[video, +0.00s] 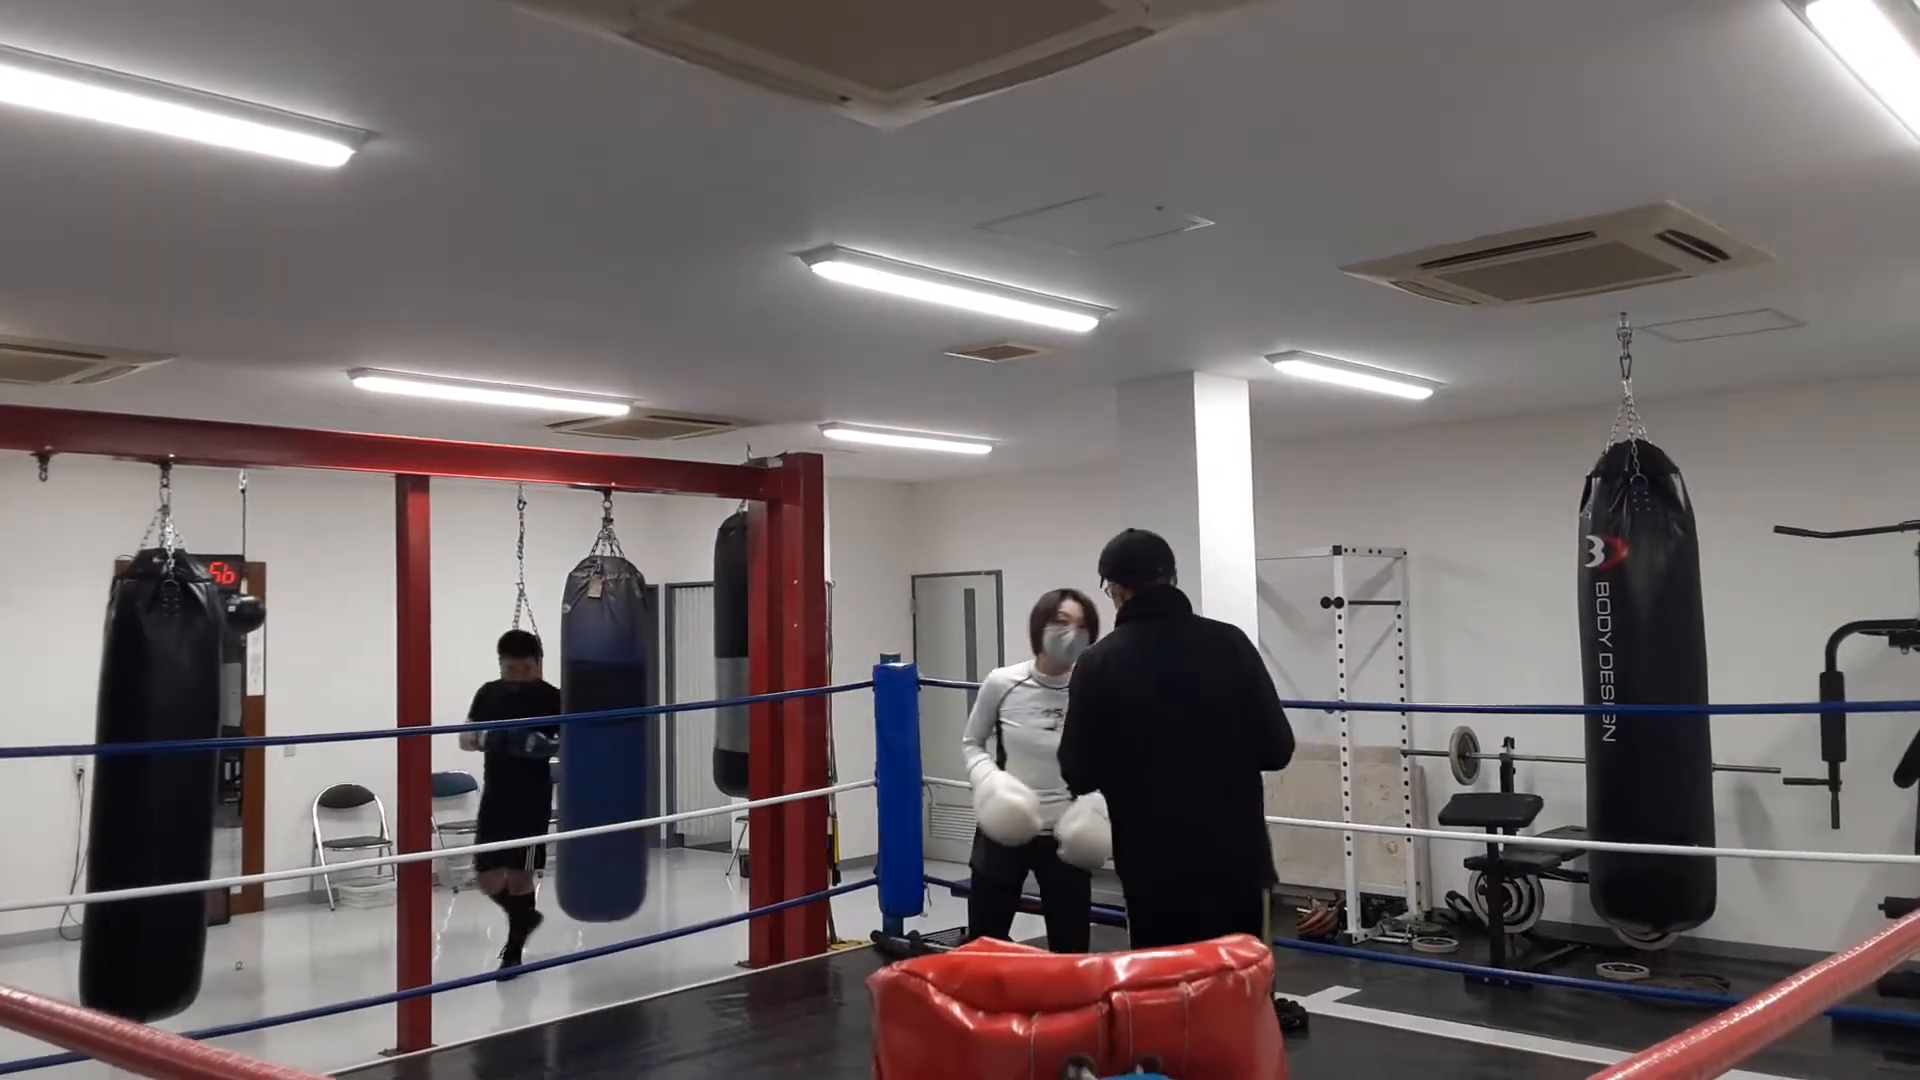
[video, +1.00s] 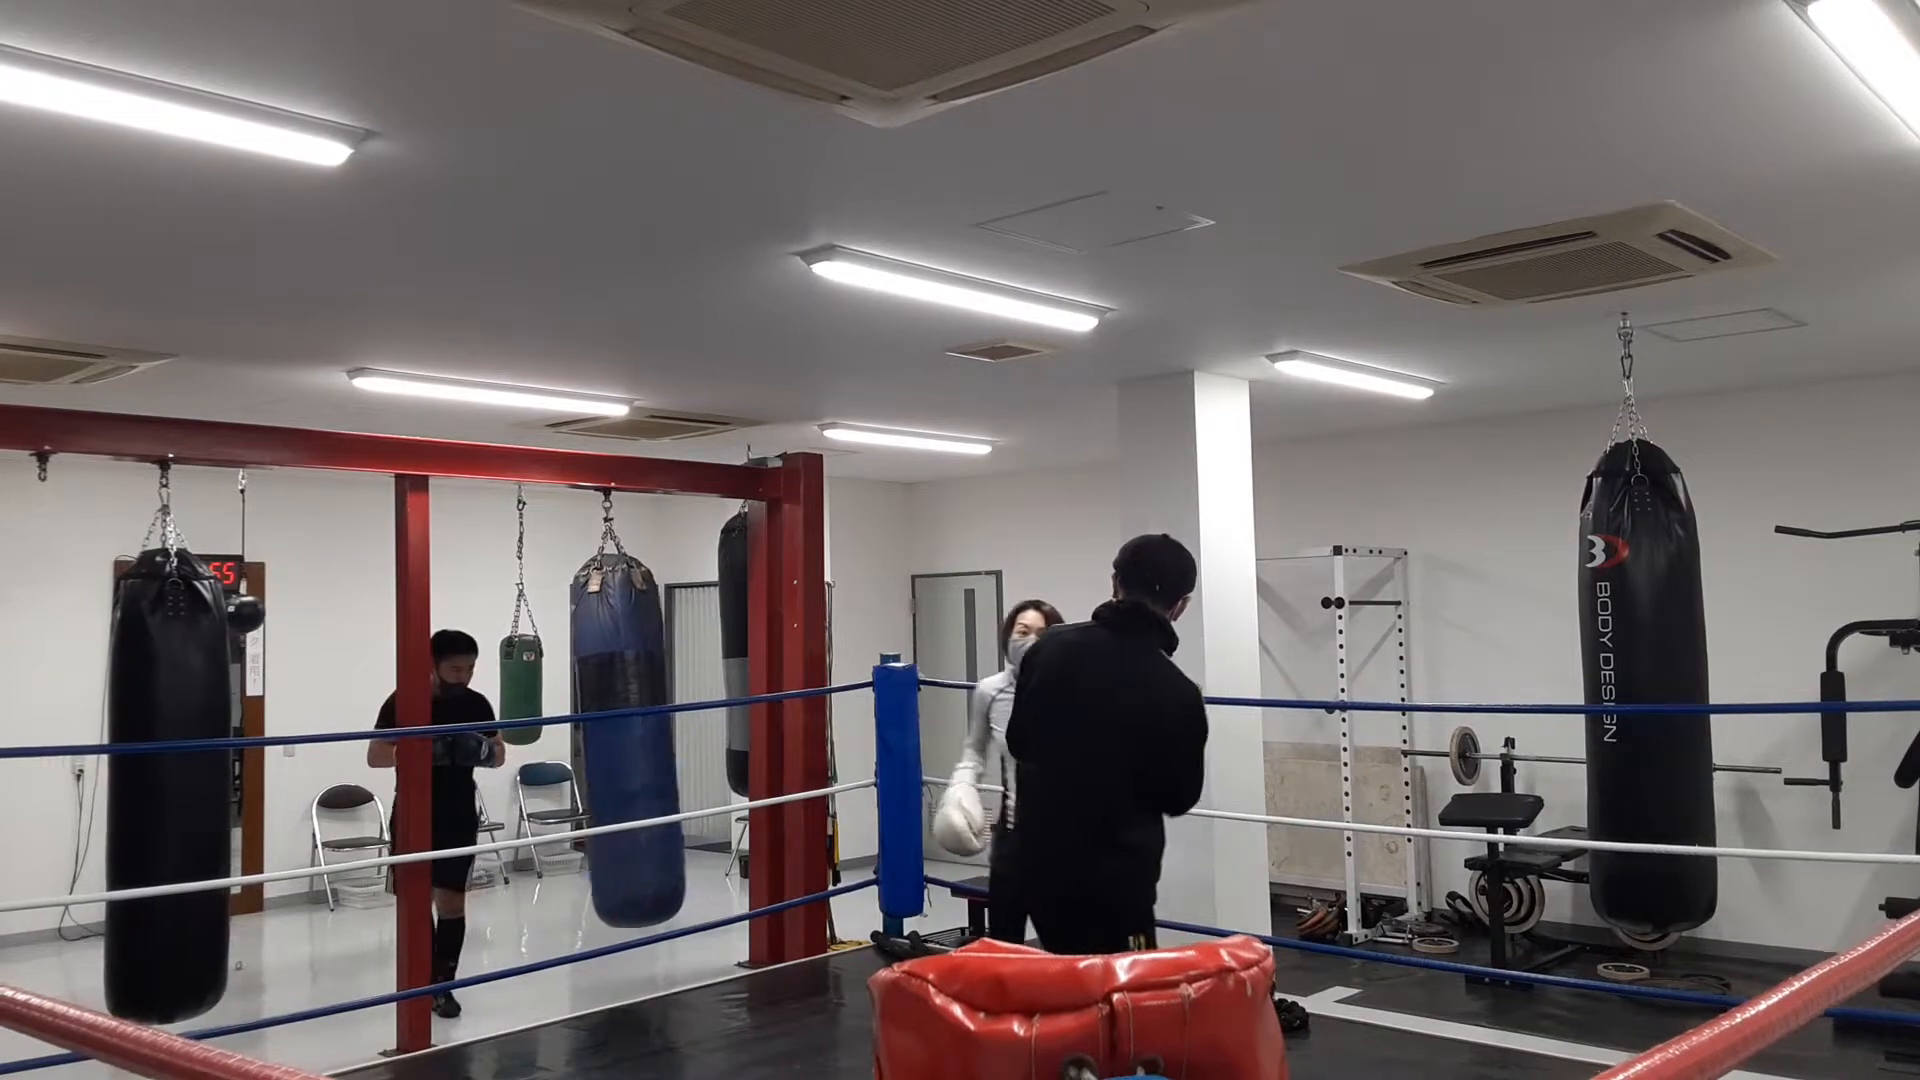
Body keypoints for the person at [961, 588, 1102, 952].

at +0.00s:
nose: (1067, 631)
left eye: (1078, 626)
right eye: (1058, 621)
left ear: (1090, 639)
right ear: (1039, 627)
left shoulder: (1093, 690)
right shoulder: (1002, 683)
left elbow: (1115, 758)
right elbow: (973, 744)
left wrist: (1096, 807)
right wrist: (991, 784)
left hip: (1068, 839)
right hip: (1004, 835)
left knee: (1071, 956)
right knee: (984, 949)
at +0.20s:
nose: (1028, 658)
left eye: (1039, 651)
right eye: (1019, 648)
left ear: (1051, 661)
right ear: (999, 653)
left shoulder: (1062, 706)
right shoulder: (968, 710)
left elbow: (1088, 773)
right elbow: (960, 778)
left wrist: (1078, 813)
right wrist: (961, 819)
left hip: (1050, 850)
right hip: (990, 850)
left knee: (1063, 958)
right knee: (984, 956)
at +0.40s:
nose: (1012, 629)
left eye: (1021, 621)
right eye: (1002, 620)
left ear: (1033, 630)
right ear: (984, 628)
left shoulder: (1051, 679)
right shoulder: (959, 679)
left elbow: (1071, 742)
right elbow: (942, 738)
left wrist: (1042, 785)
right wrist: (957, 781)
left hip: (1039, 820)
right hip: (980, 819)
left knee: (1050, 934)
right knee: (982, 933)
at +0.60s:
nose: (1002, 648)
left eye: (1012, 641)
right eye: (994, 639)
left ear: (1025, 651)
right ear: (979, 645)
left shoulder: (1041, 695)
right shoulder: (954, 697)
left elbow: (1064, 758)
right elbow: (938, 757)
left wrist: (1046, 804)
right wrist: (945, 798)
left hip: (1037, 828)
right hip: (978, 829)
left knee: (1051, 940)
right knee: (974, 938)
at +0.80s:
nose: (1009, 642)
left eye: (1020, 635)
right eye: (1000, 633)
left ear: (1032, 644)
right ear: (984, 639)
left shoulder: (1045, 685)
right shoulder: (961, 689)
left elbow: (1062, 751)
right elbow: (949, 751)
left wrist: (1043, 796)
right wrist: (941, 792)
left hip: (1049, 823)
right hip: (992, 825)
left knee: (1070, 929)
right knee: (984, 935)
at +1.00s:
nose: (1028, 638)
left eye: (1037, 632)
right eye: (1021, 630)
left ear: (1052, 641)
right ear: (1008, 636)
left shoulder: (1064, 687)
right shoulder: (990, 690)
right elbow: (975, 749)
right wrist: (961, 792)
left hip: (1057, 828)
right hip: (1011, 829)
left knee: (1062, 939)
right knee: (1003, 938)